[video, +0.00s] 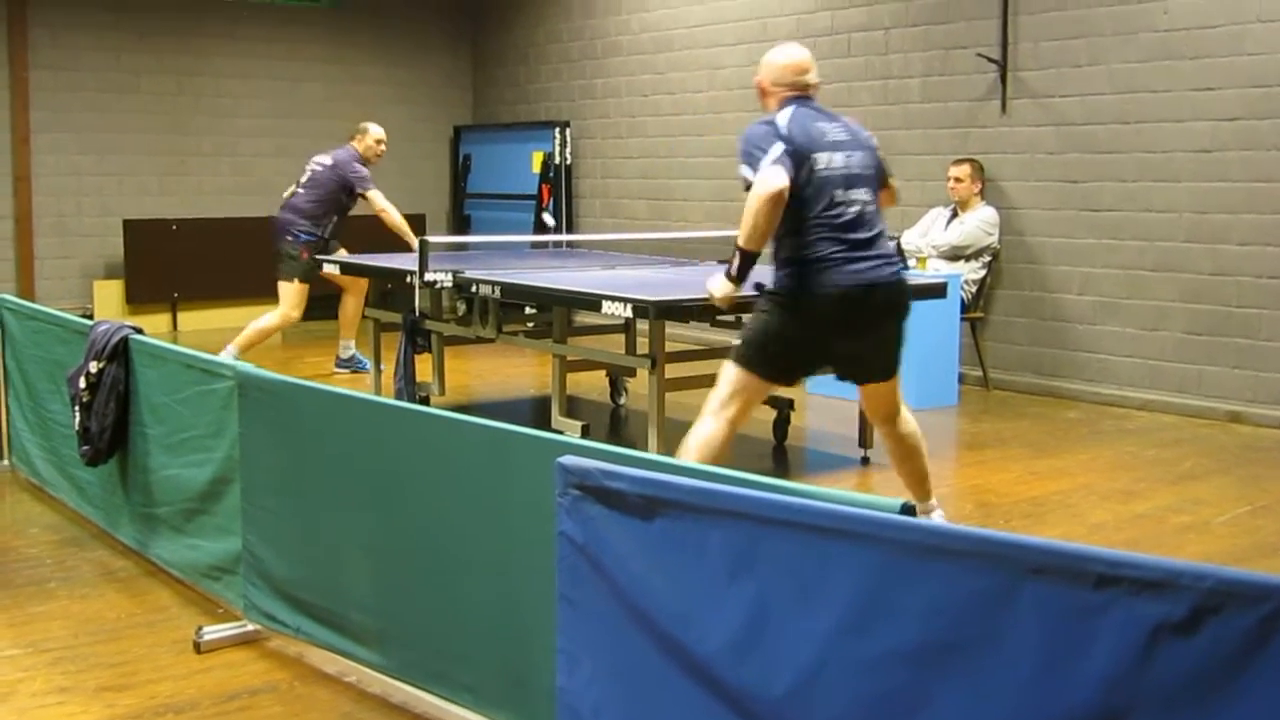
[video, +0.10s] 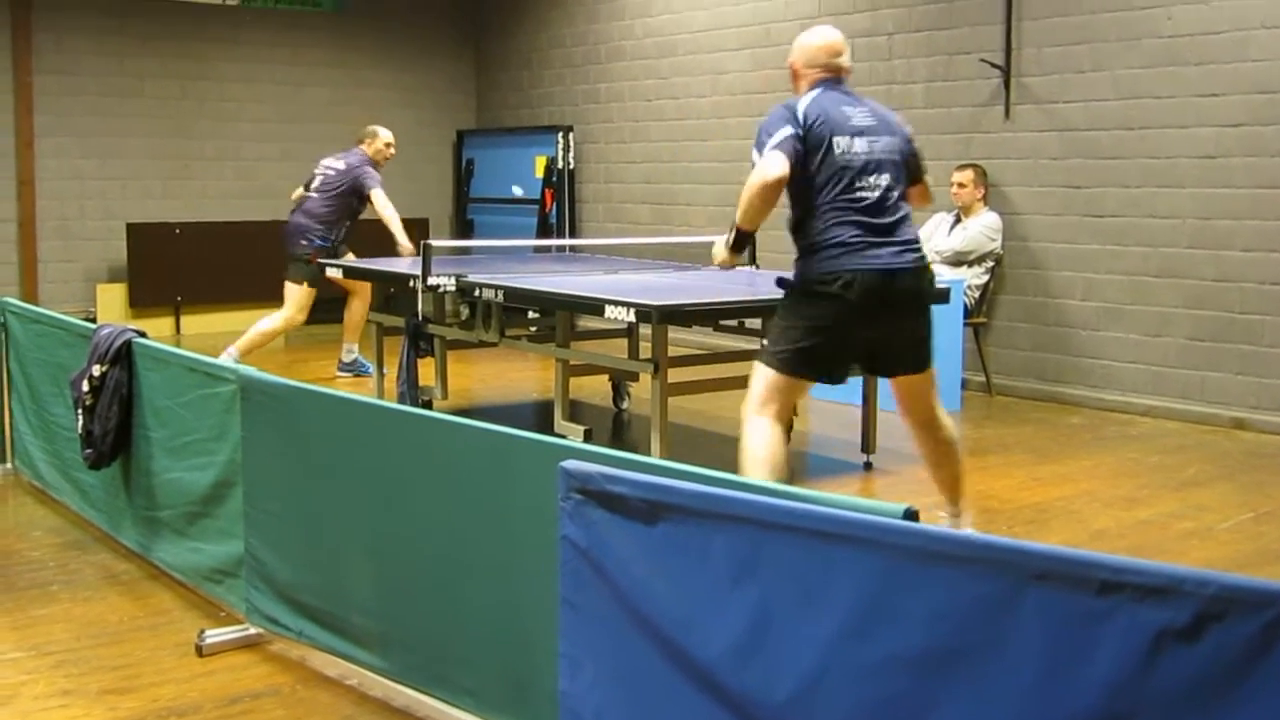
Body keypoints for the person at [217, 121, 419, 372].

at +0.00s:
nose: (383, 150)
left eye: (385, 145)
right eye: (379, 143)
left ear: (358, 141)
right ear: (360, 139)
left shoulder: (330, 157)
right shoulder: (350, 165)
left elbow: (291, 195)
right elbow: (382, 208)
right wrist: (415, 242)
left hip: (315, 239)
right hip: (297, 237)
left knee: (357, 282)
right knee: (290, 312)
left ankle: (346, 356)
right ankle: (227, 356)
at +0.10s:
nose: (392, 153)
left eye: (393, 147)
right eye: (388, 146)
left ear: (366, 145)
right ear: (368, 144)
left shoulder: (334, 160)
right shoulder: (364, 169)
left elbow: (298, 196)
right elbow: (382, 203)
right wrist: (402, 239)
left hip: (326, 241)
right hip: (309, 240)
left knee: (362, 286)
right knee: (293, 315)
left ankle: (349, 359)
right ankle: (229, 357)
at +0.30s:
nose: (404, 126)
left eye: (404, 120)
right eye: (400, 119)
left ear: (386, 120)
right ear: (381, 118)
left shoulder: (382, 150)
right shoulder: (357, 140)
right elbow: (355, 174)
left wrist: (440, 172)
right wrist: (390, 196)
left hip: (360, 229)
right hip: (336, 226)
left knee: (384, 292)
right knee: (315, 293)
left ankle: (356, 362)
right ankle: (257, 355)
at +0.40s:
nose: (402, 111)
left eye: (404, 106)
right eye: (396, 105)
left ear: (402, 109)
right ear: (377, 106)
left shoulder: (398, 136)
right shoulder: (356, 133)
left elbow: (438, 140)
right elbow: (355, 164)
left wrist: (423, 106)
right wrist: (392, 164)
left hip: (383, 225)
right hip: (351, 226)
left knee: (409, 283)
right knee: (335, 290)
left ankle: (380, 347)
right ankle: (290, 351)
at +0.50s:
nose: (402, 114)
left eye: (405, 109)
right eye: (396, 108)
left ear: (407, 112)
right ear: (379, 109)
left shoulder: (408, 138)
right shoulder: (361, 137)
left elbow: (452, 149)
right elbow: (335, 172)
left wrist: (437, 115)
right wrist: (360, 164)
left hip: (405, 230)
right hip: (365, 232)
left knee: (430, 291)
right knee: (345, 300)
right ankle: (328, 362)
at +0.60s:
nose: (405, 126)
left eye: (408, 120)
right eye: (399, 120)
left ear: (413, 123)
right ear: (384, 123)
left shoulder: (423, 155)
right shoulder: (367, 155)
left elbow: (465, 184)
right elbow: (339, 183)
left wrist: (460, 161)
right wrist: (323, 194)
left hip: (418, 247)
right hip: (375, 247)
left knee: (443, 305)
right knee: (349, 310)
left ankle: (453, 366)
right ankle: (339, 369)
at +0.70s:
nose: (410, 132)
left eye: (414, 126)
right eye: (404, 126)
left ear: (420, 130)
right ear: (392, 129)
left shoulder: (432, 164)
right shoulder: (374, 164)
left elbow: (458, 197)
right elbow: (342, 197)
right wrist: (318, 233)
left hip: (425, 249)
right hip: (382, 248)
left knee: (448, 306)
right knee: (353, 308)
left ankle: (455, 367)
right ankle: (339, 369)